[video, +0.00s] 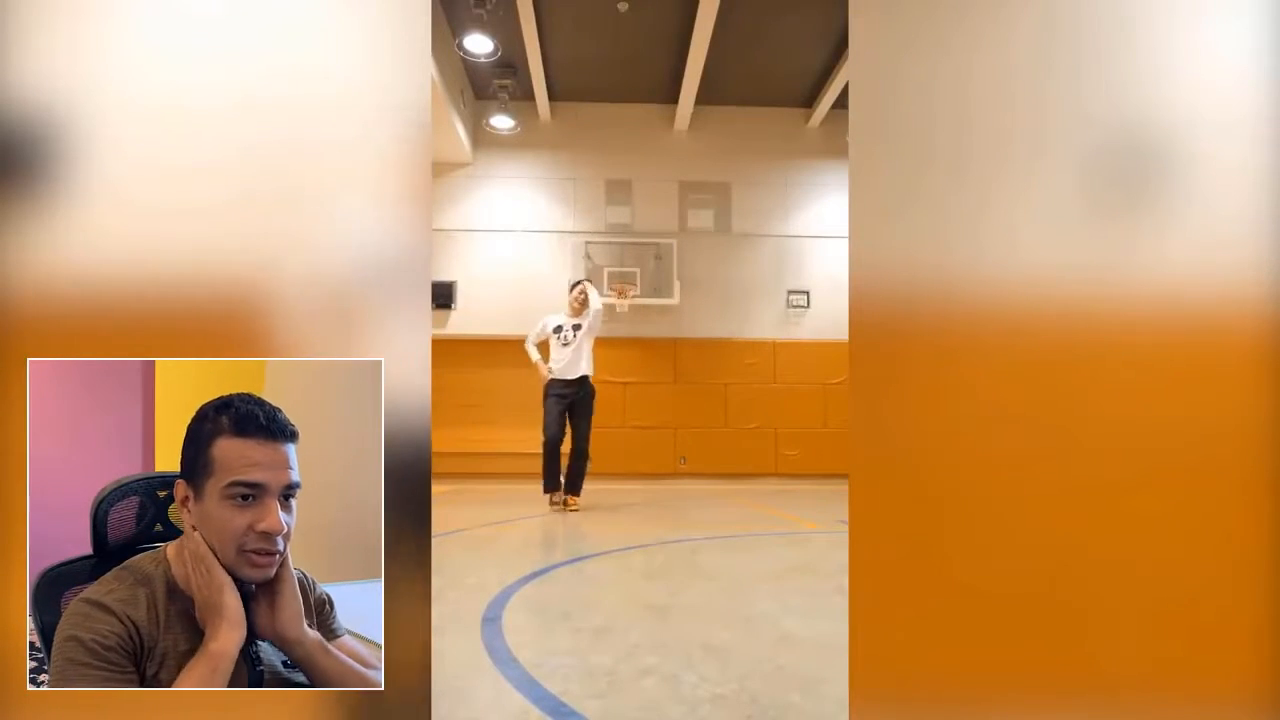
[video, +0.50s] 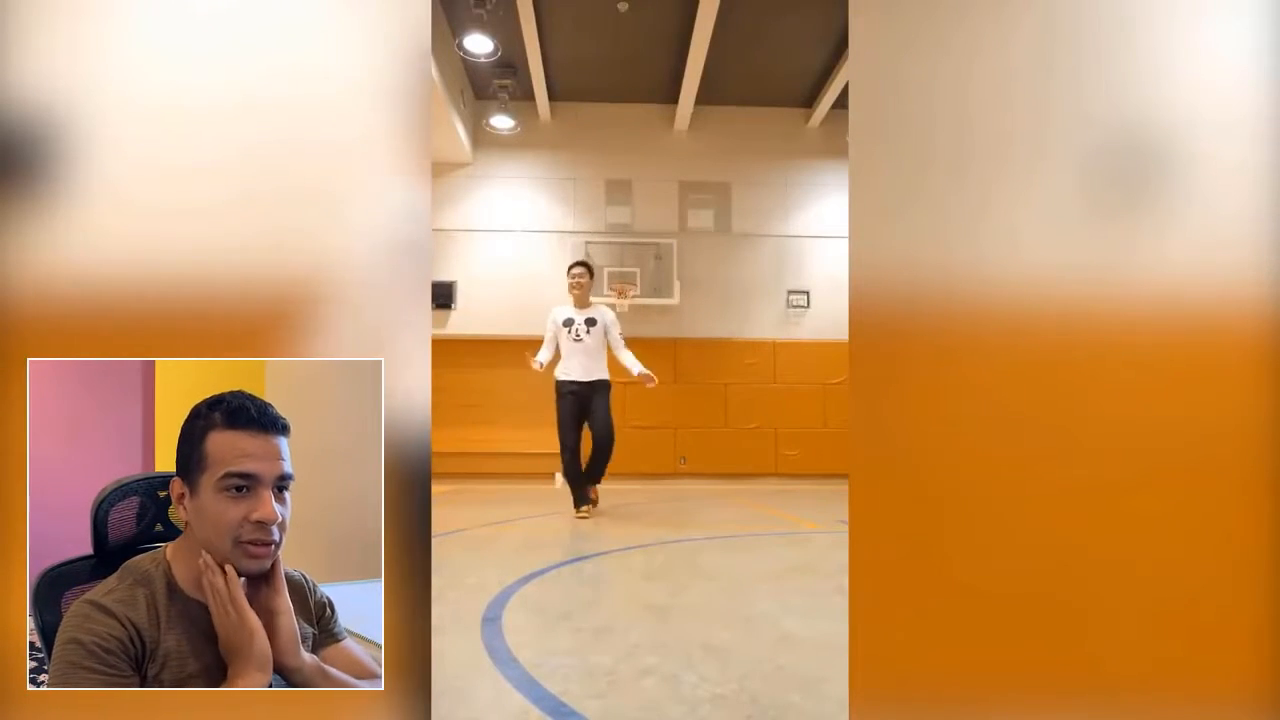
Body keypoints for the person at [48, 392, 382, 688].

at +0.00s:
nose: (275, 525)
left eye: (287, 498)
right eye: (243, 497)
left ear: (296, 500)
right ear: (186, 505)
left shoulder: (297, 592)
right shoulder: (104, 617)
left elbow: (384, 692)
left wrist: (302, 642)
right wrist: (222, 643)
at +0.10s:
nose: (274, 523)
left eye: (285, 496)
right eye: (241, 496)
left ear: (294, 499)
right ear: (184, 504)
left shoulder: (298, 594)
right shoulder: (104, 618)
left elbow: (381, 693)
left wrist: (301, 648)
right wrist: (225, 651)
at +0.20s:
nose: (272, 519)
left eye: (283, 493)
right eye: (240, 493)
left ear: (293, 497)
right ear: (183, 502)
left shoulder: (299, 595)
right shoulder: (103, 619)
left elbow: (383, 695)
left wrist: (300, 653)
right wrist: (232, 661)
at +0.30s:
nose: (270, 517)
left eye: (282, 490)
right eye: (238, 490)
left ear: (291, 495)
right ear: (182, 501)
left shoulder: (298, 594)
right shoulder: (103, 620)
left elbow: (385, 694)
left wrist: (300, 659)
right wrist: (241, 671)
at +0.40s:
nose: (270, 516)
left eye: (281, 490)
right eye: (238, 490)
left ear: (291, 495)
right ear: (182, 501)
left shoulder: (299, 595)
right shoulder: (104, 622)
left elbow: (384, 699)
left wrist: (300, 664)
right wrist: (247, 673)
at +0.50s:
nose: (269, 514)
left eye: (281, 489)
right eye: (238, 488)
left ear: (291, 494)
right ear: (182, 500)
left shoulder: (299, 595)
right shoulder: (105, 622)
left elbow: (384, 699)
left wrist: (300, 665)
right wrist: (248, 676)